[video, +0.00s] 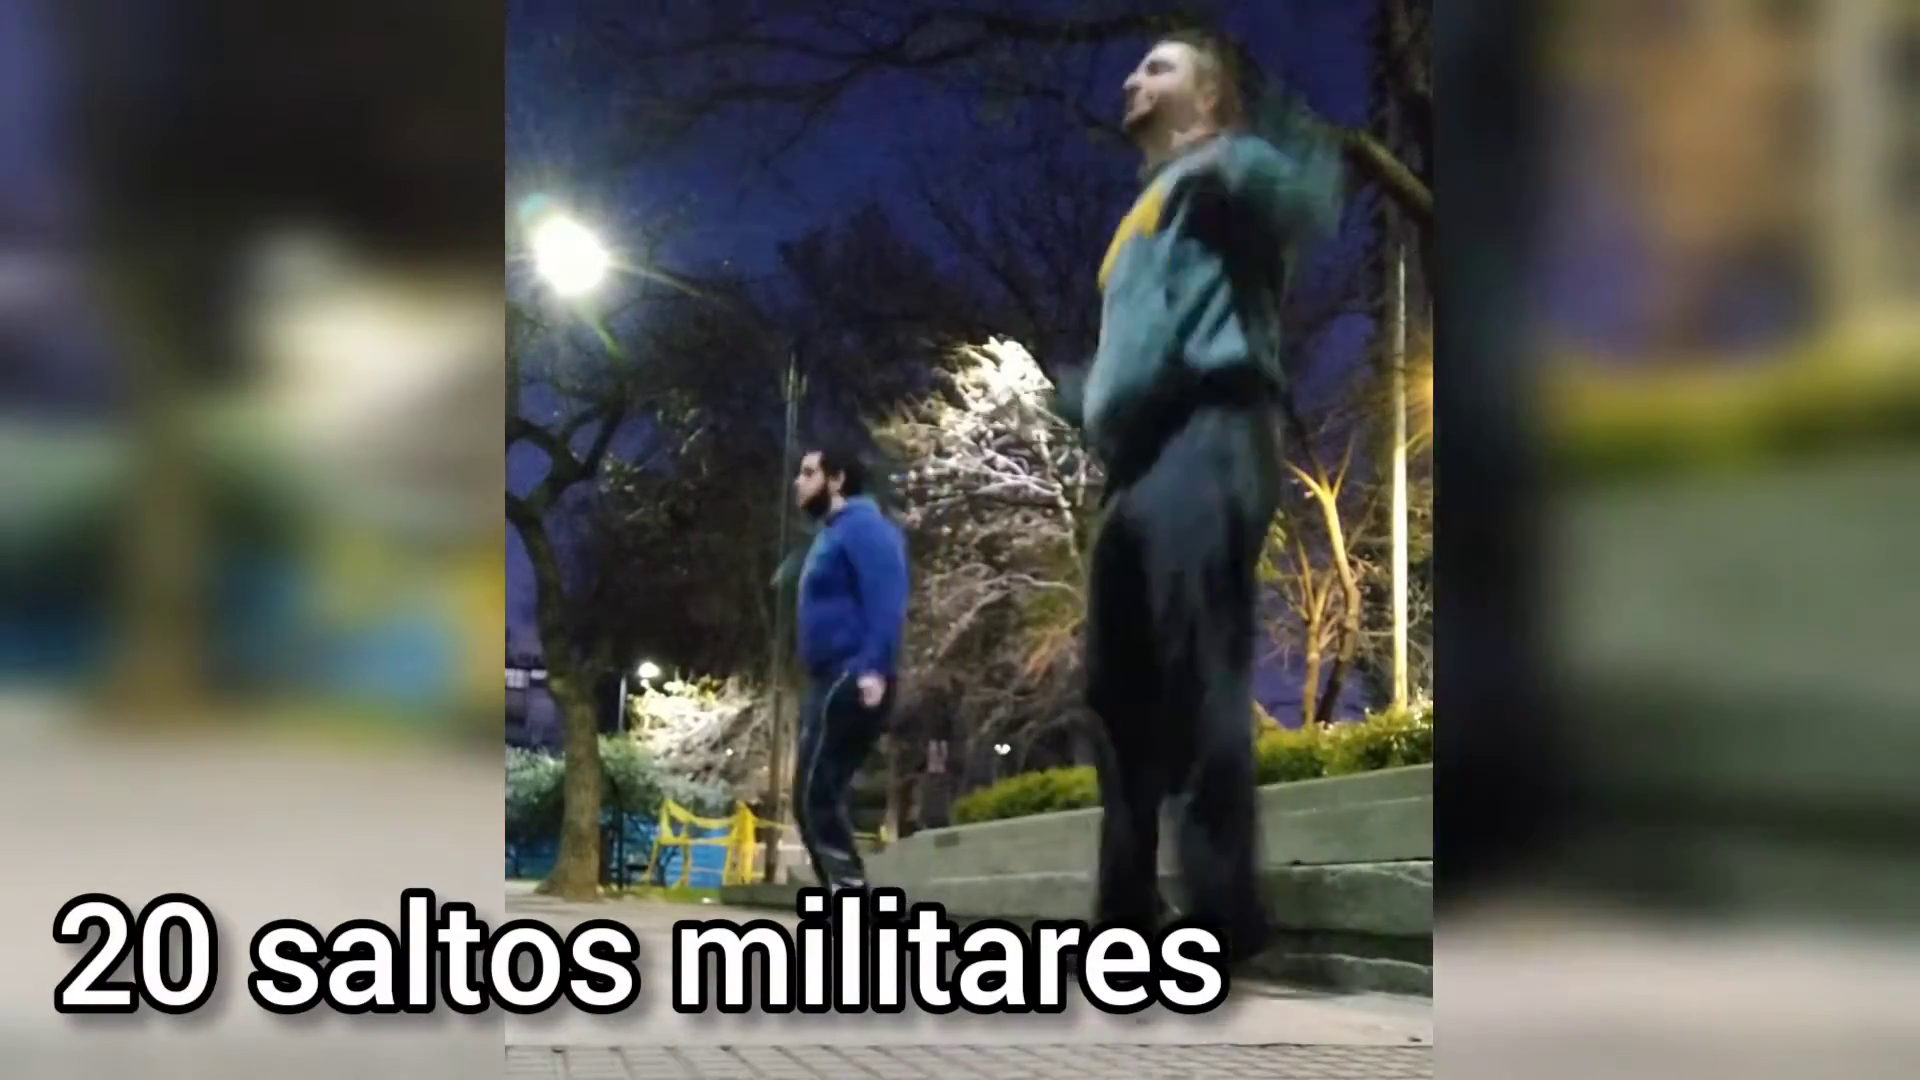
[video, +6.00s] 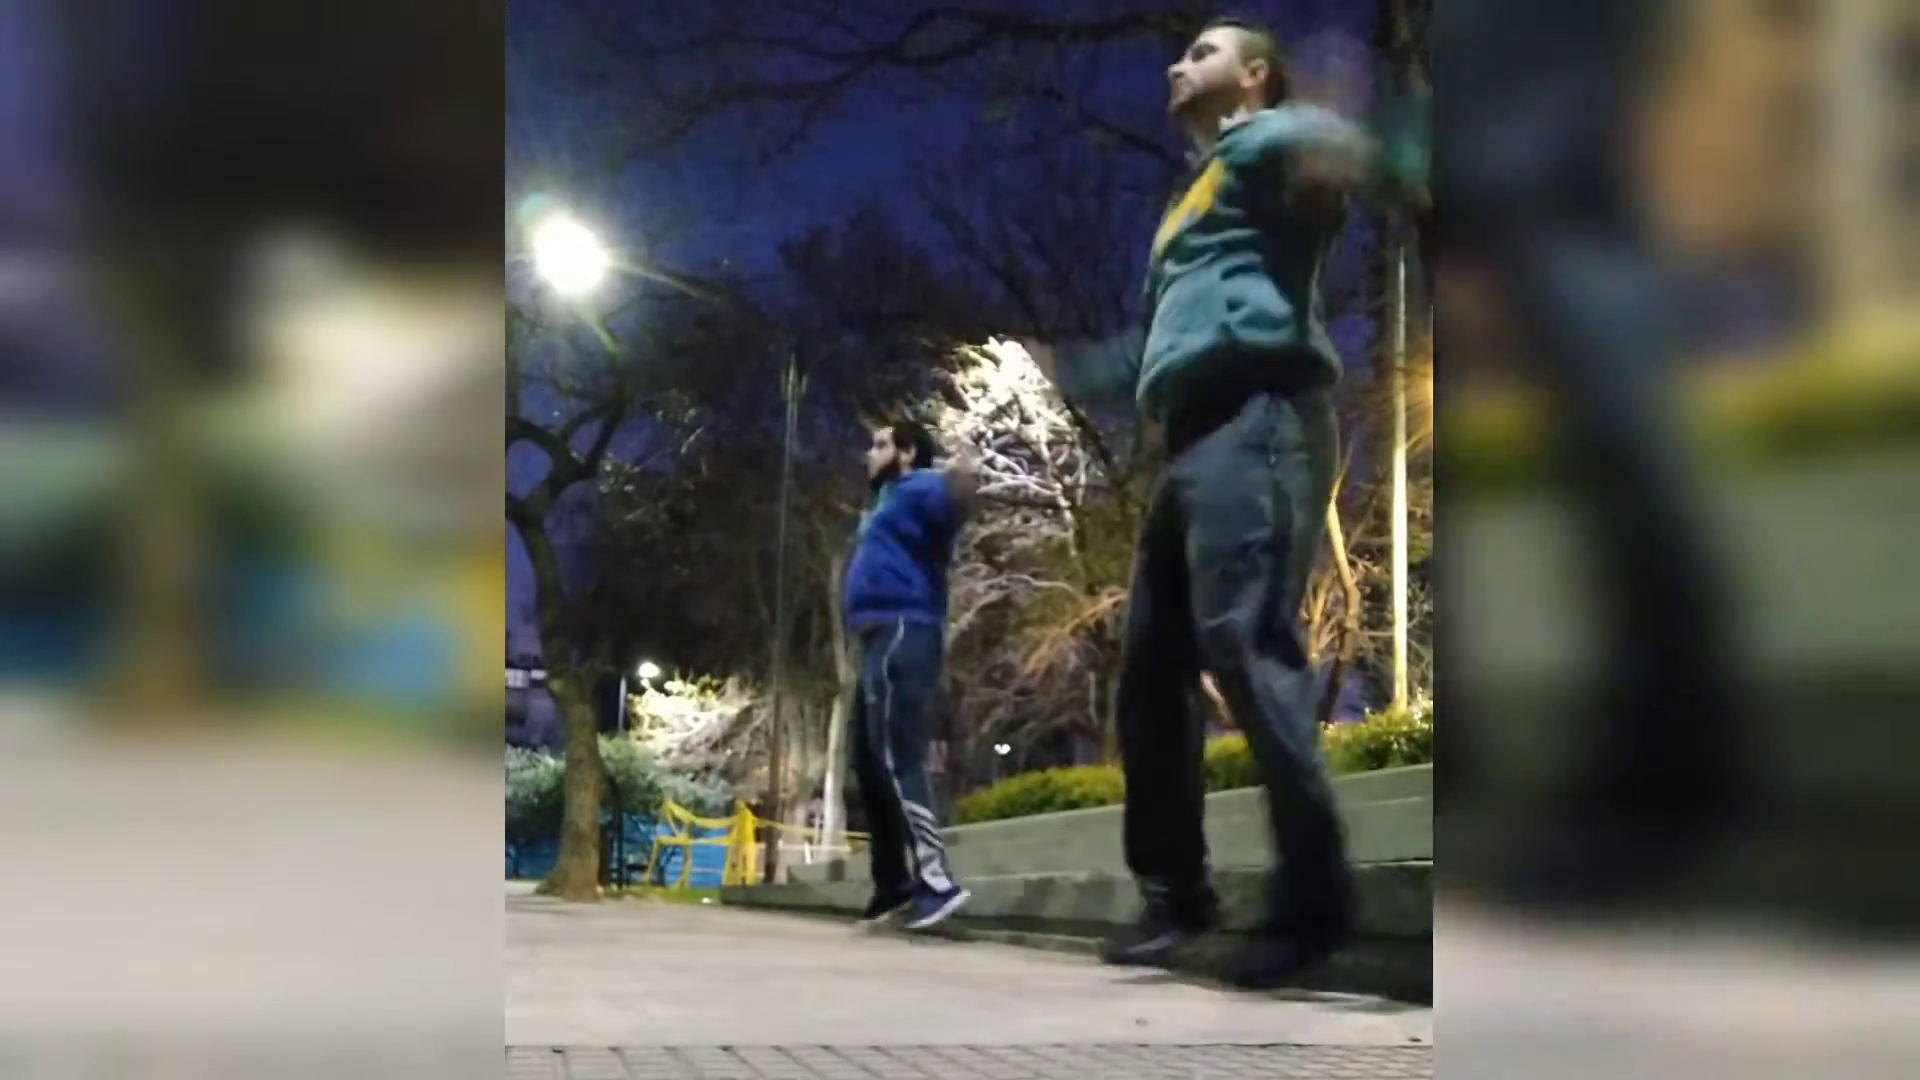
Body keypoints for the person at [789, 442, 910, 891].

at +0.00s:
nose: (798, 482)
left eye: (807, 473)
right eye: (800, 473)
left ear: (836, 479)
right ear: (828, 480)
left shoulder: (862, 524)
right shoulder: (832, 531)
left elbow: (885, 594)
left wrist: (873, 666)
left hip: (853, 676)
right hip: (825, 677)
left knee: (818, 797)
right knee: (809, 797)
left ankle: (848, 889)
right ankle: (838, 889)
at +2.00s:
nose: (826, 445)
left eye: (835, 436)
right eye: (825, 438)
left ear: (863, 442)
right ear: (836, 450)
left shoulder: (881, 489)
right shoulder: (836, 495)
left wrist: (897, 363)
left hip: (865, 622)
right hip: (829, 626)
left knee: (862, 743)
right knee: (832, 757)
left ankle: (899, 874)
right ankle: (846, 879)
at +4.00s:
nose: (865, 500)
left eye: (873, 492)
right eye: (866, 493)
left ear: (896, 495)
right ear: (884, 502)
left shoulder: (921, 531)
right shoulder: (877, 545)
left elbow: (924, 461)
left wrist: (910, 433)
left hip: (899, 677)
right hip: (864, 680)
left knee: (888, 800)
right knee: (854, 803)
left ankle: (943, 913)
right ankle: (885, 907)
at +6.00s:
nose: (869, 454)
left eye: (878, 445)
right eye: (870, 445)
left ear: (907, 453)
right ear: (892, 455)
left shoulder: (920, 486)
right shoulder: (884, 498)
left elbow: (945, 505)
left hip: (905, 626)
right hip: (874, 630)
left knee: (896, 756)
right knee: (871, 763)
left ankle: (934, 884)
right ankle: (892, 884)